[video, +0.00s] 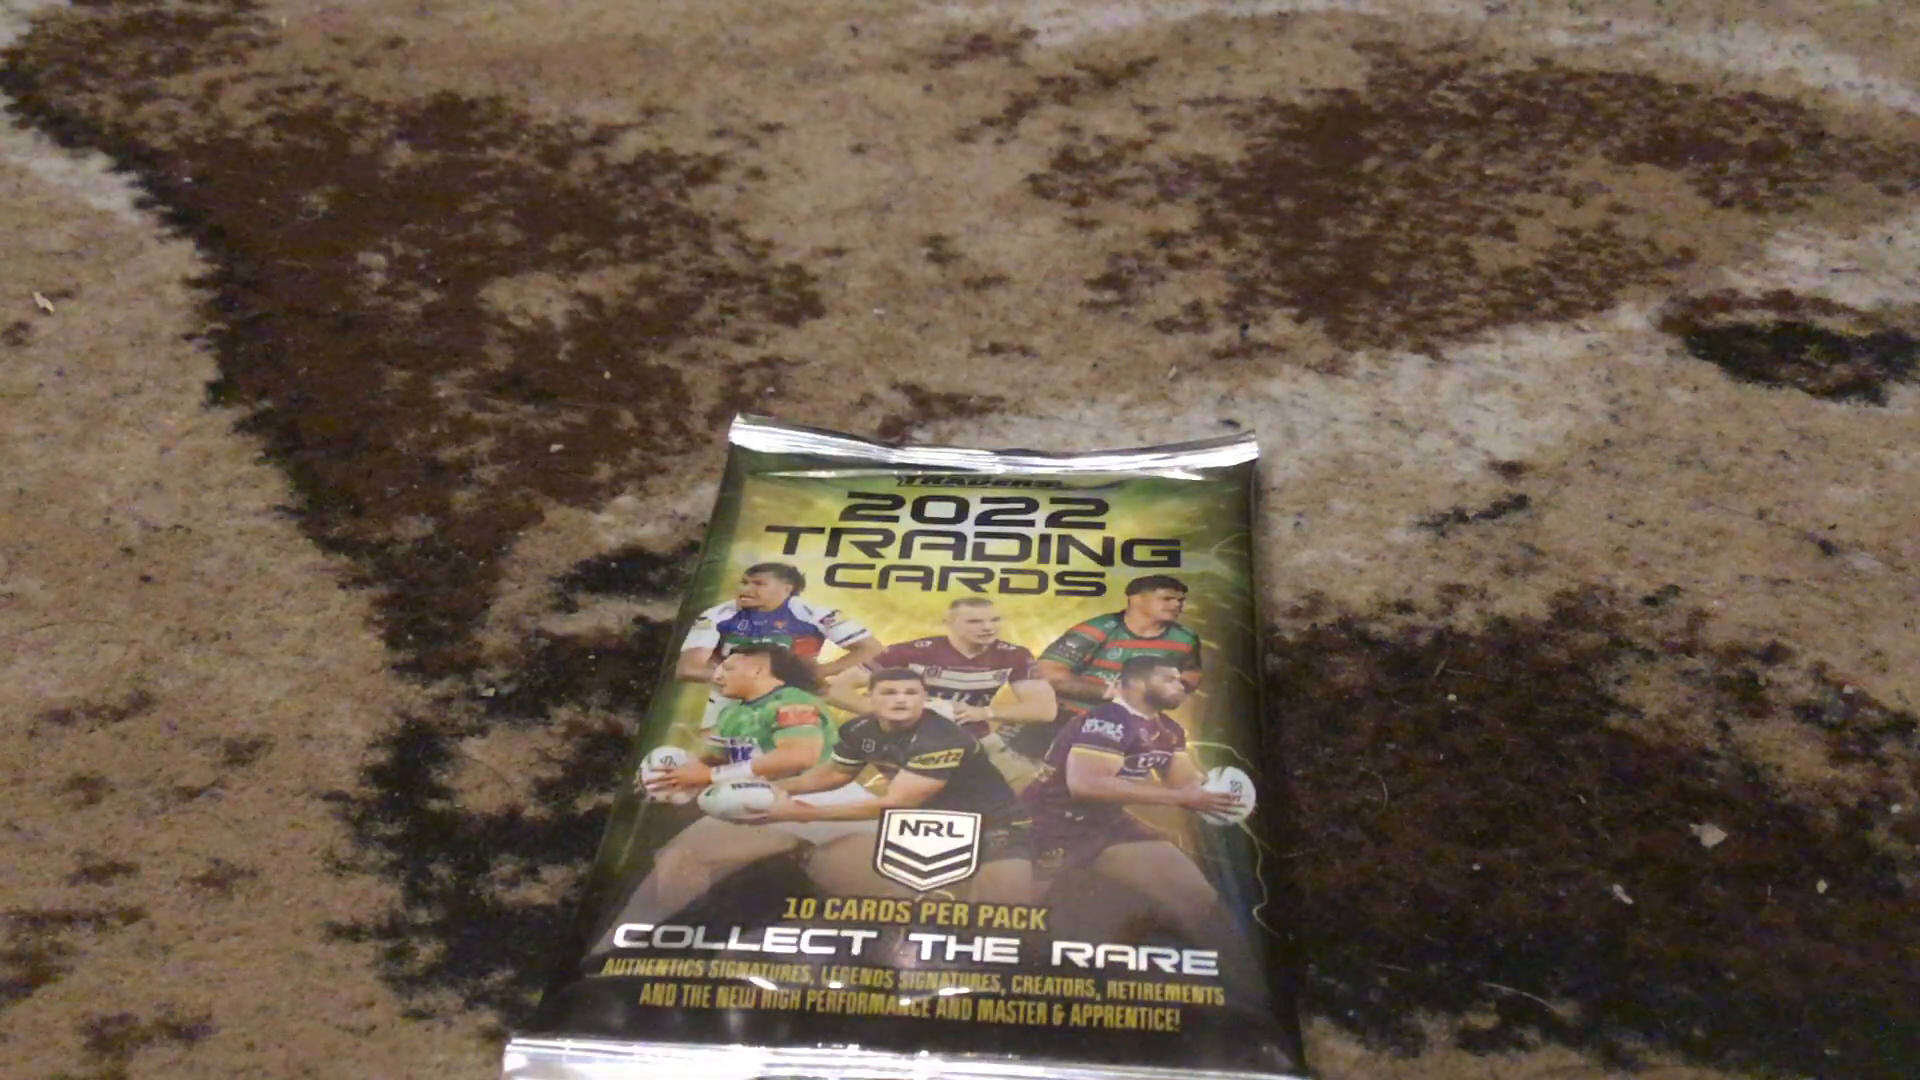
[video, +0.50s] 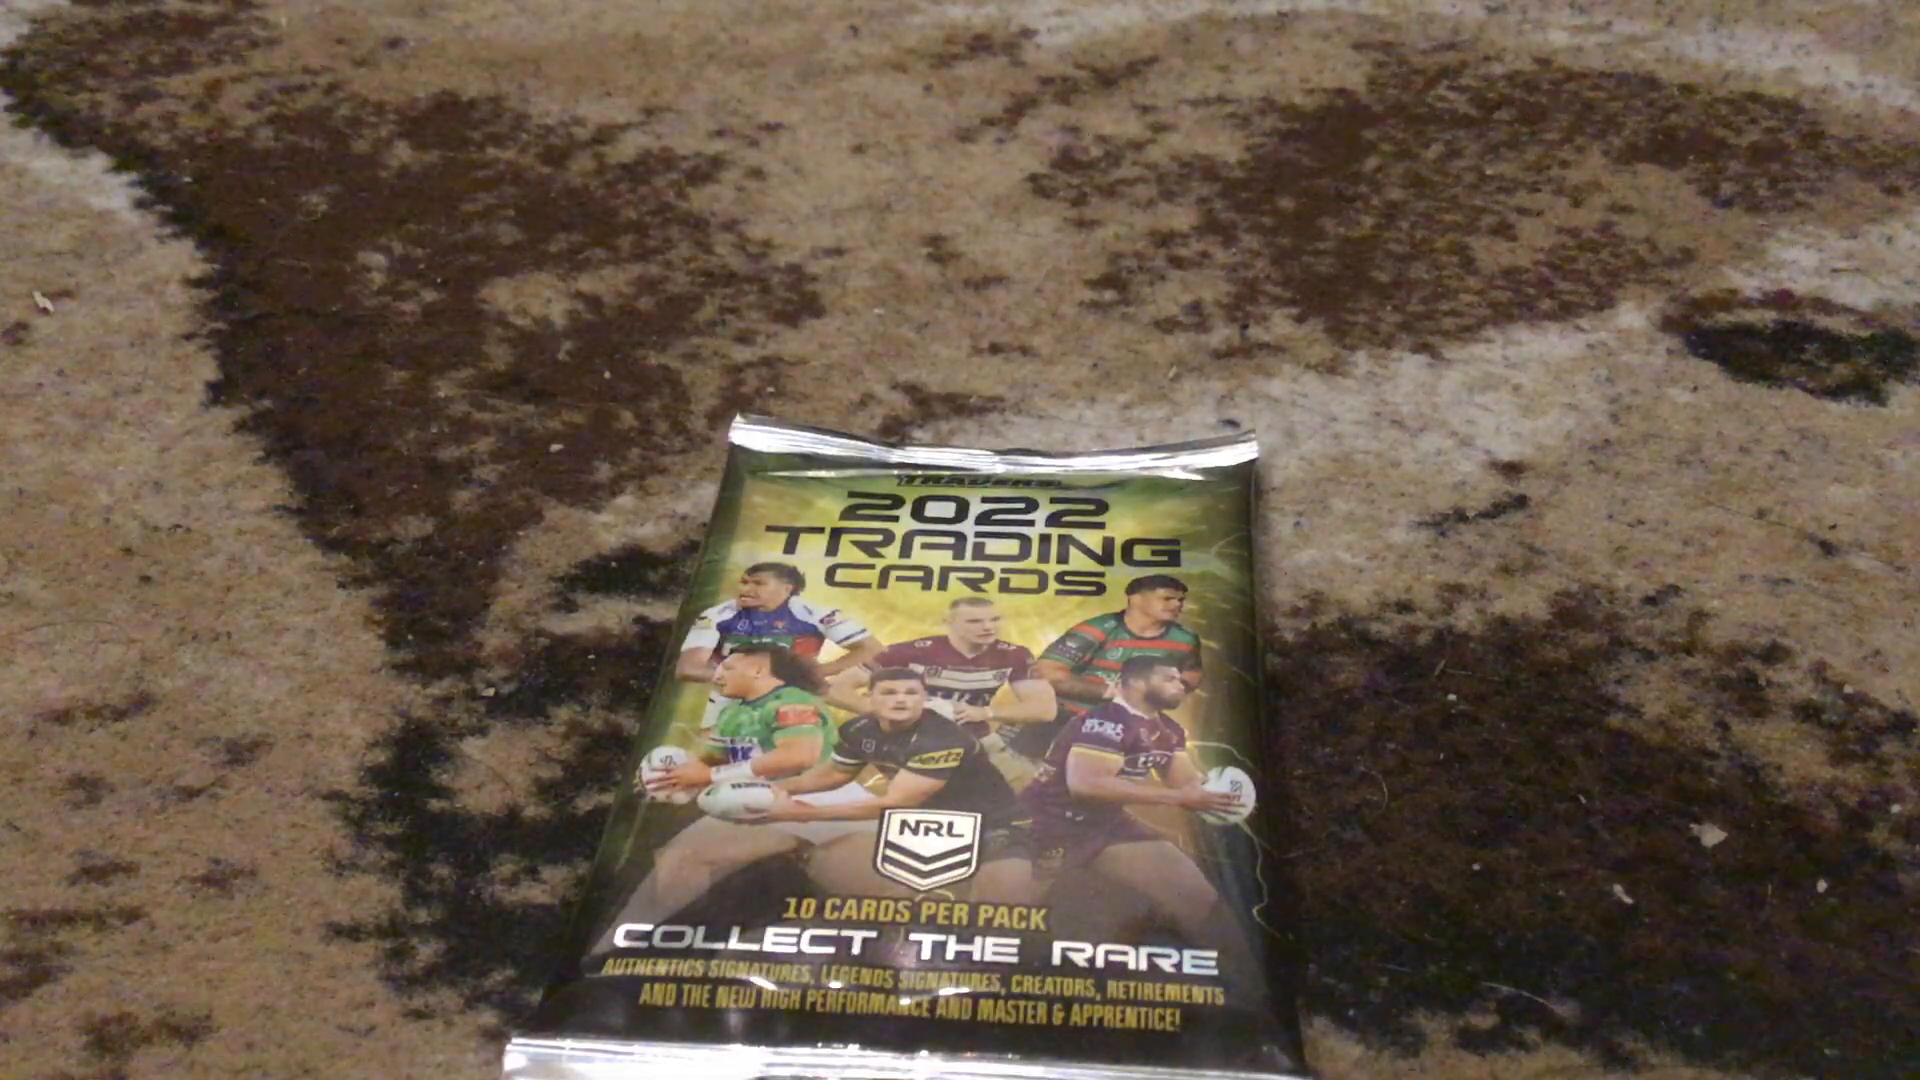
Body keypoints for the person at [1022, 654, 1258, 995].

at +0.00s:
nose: (1180, 684)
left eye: (1178, 679)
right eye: (1169, 678)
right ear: (1135, 682)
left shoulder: (1168, 732)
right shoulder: (1105, 720)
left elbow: (1187, 784)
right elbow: (1084, 782)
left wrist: (1228, 800)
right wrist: (1180, 796)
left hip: (1103, 827)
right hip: (1044, 828)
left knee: (1198, 900)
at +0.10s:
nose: (1180, 685)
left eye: (1179, 679)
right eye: (1169, 679)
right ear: (1133, 682)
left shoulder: (1169, 733)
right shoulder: (1106, 720)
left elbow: (1188, 786)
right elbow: (1084, 782)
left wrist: (1224, 798)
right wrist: (1179, 796)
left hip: (1105, 825)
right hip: (1043, 826)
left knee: (1198, 901)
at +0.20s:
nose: (1180, 684)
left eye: (1178, 679)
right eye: (1169, 678)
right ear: (1134, 682)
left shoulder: (1169, 733)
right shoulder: (1106, 719)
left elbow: (1188, 786)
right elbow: (1084, 782)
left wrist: (1225, 799)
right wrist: (1181, 797)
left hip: (1104, 824)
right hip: (1043, 823)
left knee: (1197, 899)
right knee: (998, 925)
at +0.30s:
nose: (1180, 684)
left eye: (1178, 679)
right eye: (1169, 679)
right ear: (1134, 683)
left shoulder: (1168, 733)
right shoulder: (1106, 720)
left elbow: (1188, 785)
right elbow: (1084, 781)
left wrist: (1223, 799)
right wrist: (1179, 796)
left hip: (1104, 825)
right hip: (1038, 825)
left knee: (1198, 900)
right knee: (999, 925)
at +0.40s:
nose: (1180, 683)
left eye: (1178, 678)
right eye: (1169, 678)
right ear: (1135, 682)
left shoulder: (1168, 732)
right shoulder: (1105, 720)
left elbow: (1187, 784)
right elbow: (1084, 782)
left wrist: (1227, 801)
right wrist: (1179, 796)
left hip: (1103, 827)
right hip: (1042, 827)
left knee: (1196, 899)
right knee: (1000, 921)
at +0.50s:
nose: (1180, 683)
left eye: (1178, 678)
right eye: (1169, 678)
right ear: (1134, 682)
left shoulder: (1169, 733)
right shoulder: (1106, 720)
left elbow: (1187, 785)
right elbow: (1084, 782)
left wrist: (1225, 798)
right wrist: (1179, 796)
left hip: (1103, 825)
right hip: (1041, 824)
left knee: (1197, 898)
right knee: (998, 924)